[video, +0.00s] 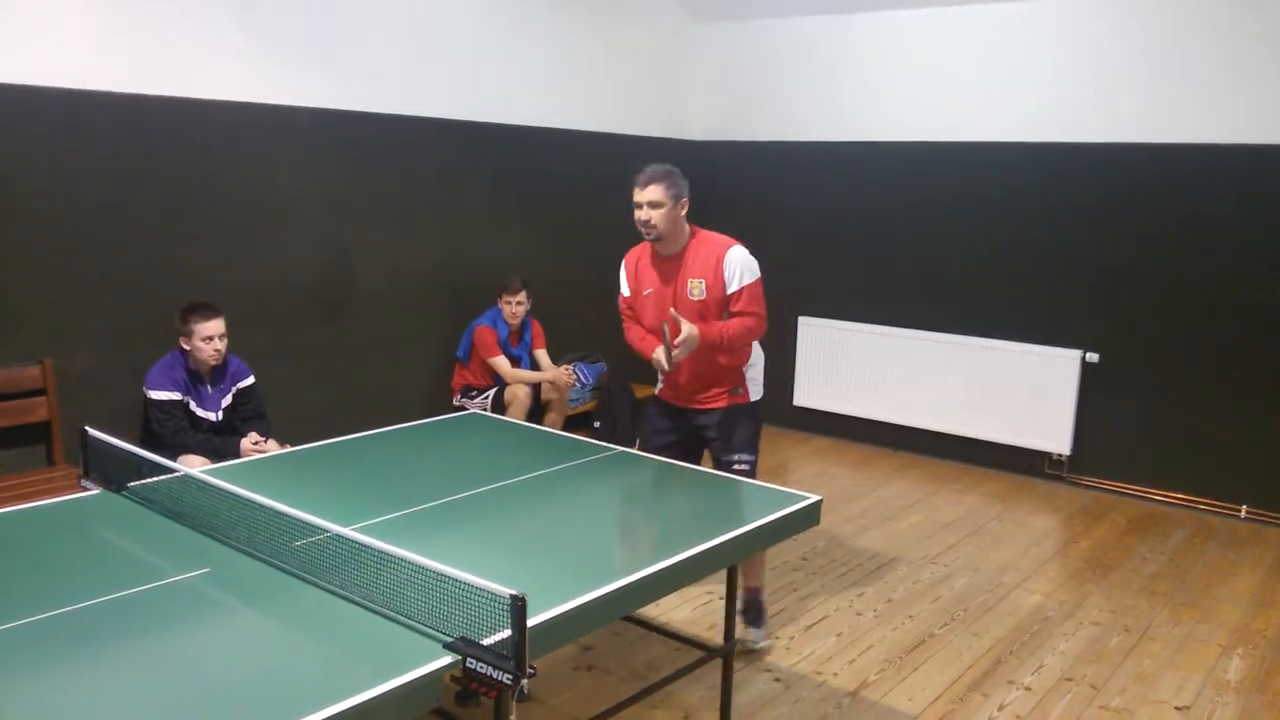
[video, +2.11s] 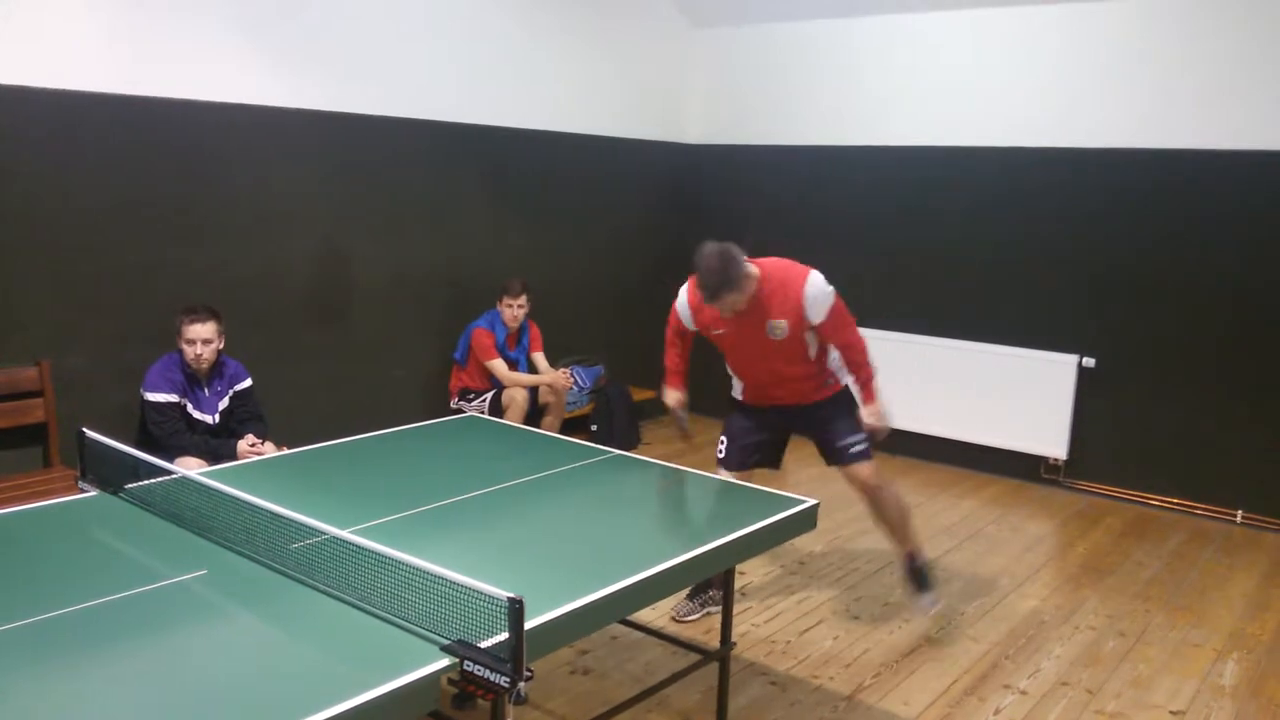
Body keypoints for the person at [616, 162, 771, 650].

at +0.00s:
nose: (642, 216)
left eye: (652, 206)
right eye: (637, 206)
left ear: (682, 207)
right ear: (634, 209)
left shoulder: (729, 256)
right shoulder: (634, 263)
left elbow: (753, 324)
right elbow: (631, 324)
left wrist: (703, 335)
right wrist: (654, 351)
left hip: (730, 401)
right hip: (671, 400)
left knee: (741, 499)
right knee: (641, 490)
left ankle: (752, 604)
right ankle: (630, 580)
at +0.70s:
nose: (668, 240)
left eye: (677, 229)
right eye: (662, 230)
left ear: (706, 222)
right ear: (658, 229)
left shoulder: (756, 268)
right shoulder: (653, 269)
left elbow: (795, 325)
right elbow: (603, 308)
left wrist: (755, 373)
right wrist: (586, 346)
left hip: (745, 412)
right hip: (681, 406)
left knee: (770, 508)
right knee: (644, 495)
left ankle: (792, 616)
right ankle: (619, 585)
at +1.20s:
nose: (665, 215)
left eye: (676, 207)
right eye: (663, 206)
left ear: (709, 210)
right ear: (664, 210)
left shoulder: (755, 263)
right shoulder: (657, 267)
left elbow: (781, 334)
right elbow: (648, 334)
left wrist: (731, 371)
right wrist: (646, 378)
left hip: (742, 417)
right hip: (677, 415)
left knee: (768, 512)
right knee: (653, 504)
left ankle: (790, 615)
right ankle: (626, 589)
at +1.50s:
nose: (696, 209)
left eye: (707, 201)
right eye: (694, 200)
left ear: (740, 206)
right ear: (696, 206)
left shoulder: (782, 265)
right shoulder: (697, 261)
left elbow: (796, 344)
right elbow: (699, 329)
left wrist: (728, 377)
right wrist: (699, 365)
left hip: (781, 424)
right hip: (724, 416)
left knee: (787, 523)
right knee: (699, 503)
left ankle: (793, 616)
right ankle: (686, 578)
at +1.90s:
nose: (690, 259)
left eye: (697, 248)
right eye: (686, 250)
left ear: (727, 236)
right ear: (687, 244)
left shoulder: (788, 274)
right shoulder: (695, 287)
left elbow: (826, 347)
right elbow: (697, 352)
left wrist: (794, 414)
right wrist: (712, 404)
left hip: (807, 407)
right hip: (745, 408)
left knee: (818, 508)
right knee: (717, 496)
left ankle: (825, 619)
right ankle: (715, 582)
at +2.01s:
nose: (696, 294)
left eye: (700, 284)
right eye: (689, 286)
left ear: (723, 263)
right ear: (682, 275)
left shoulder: (788, 281)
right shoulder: (689, 300)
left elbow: (831, 345)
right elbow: (687, 348)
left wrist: (826, 413)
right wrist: (698, 402)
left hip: (810, 402)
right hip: (748, 402)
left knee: (844, 493)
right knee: (724, 490)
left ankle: (863, 593)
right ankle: (714, 584)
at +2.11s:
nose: (729, 311)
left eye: (733, 303)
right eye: (720, 306)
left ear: (749, 276)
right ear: (704, 290)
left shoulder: (802, 287)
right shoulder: (693, 301)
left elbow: (849, 340)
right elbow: (677, 333)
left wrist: (870, 401)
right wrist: (674, 383)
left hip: (822, 395)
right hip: (755, 400)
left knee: (867, 478)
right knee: (723, 485)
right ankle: (715, 581)